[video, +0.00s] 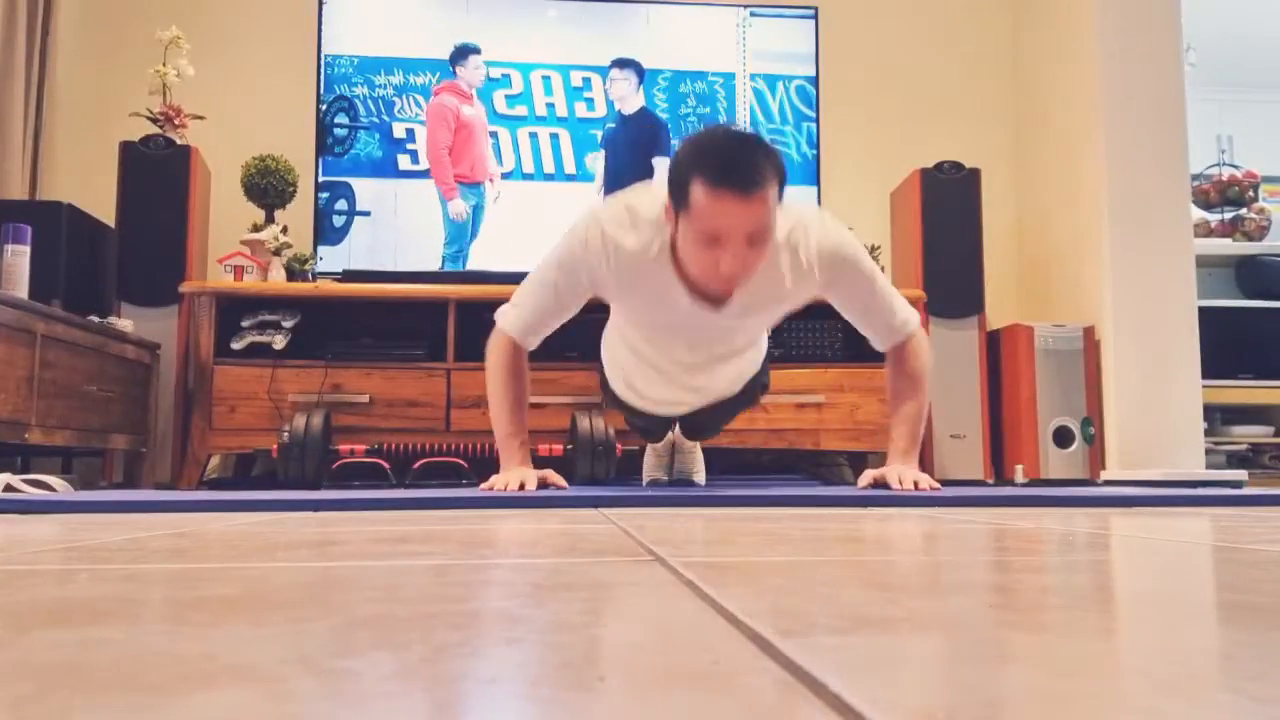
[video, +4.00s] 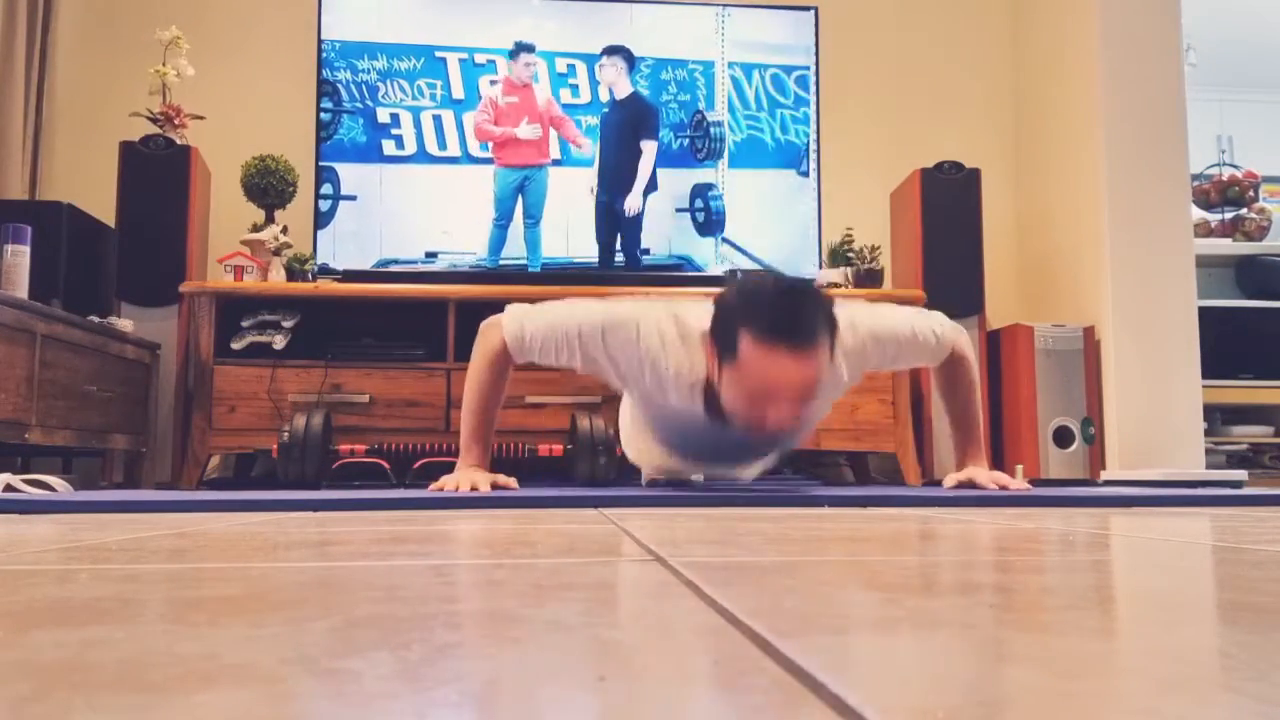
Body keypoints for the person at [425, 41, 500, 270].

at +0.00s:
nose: (483, 72)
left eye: (483, 67)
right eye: (477, 67)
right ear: (459, 70)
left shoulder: (475, 103)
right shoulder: (443, 103)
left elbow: (483, 144)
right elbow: (437, 153)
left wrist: (493, 172)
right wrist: (452, 197)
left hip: (478, 186)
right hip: (458, 187)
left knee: (465, 247)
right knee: (455, 250)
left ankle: (454, 295)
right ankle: (448, 297)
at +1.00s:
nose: (508, 81)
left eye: (510, 75)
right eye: (502, 75)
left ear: (511, 76)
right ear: (487, 74)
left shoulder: (508, 104)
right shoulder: (470, 105)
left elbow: (517, 140)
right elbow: (466, 150)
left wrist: (526, 165)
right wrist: (488, 186)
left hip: (511, 179)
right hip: (486, 181)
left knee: (523, 222)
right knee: (487, 235)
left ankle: (510, 274)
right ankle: (487, 284)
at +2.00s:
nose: (529, 70)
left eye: (531, 65)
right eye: (524, 65)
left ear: (532, 66)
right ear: (508, 65)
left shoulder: (536, 99)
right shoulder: (490, 97)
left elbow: (550, 134)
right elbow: (477, 131)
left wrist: (558, 166)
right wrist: (483, 165)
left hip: (532, 172)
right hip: (501, 171)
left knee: (533, 224)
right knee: (500, 225)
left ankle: (536, 269)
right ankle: (498, 269)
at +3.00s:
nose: (527, 67)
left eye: (529, 62)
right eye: (522, 62)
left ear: (531, 65)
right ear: (507, 63)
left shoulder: (538, 97)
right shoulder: (490, 97)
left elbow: (556, 130)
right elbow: (475, 133)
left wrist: (555, 150)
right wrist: (475, 169)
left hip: (534, 171)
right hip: (502, 171)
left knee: (532, 224)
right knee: (500, 225)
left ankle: (536, 272)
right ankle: (492, 270)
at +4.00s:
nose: (531, 70)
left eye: (534, 65)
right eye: (526, 65)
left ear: (536, 65)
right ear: (512, 65)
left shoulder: (541, 94)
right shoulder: (495, 96)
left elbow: (561, 121)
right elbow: (480, 129)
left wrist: (578, 139)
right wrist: (515, 132)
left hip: (537, 169)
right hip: (507, 169)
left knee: (533, 221)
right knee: (501, 220)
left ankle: (534, 270)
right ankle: (491, 267)